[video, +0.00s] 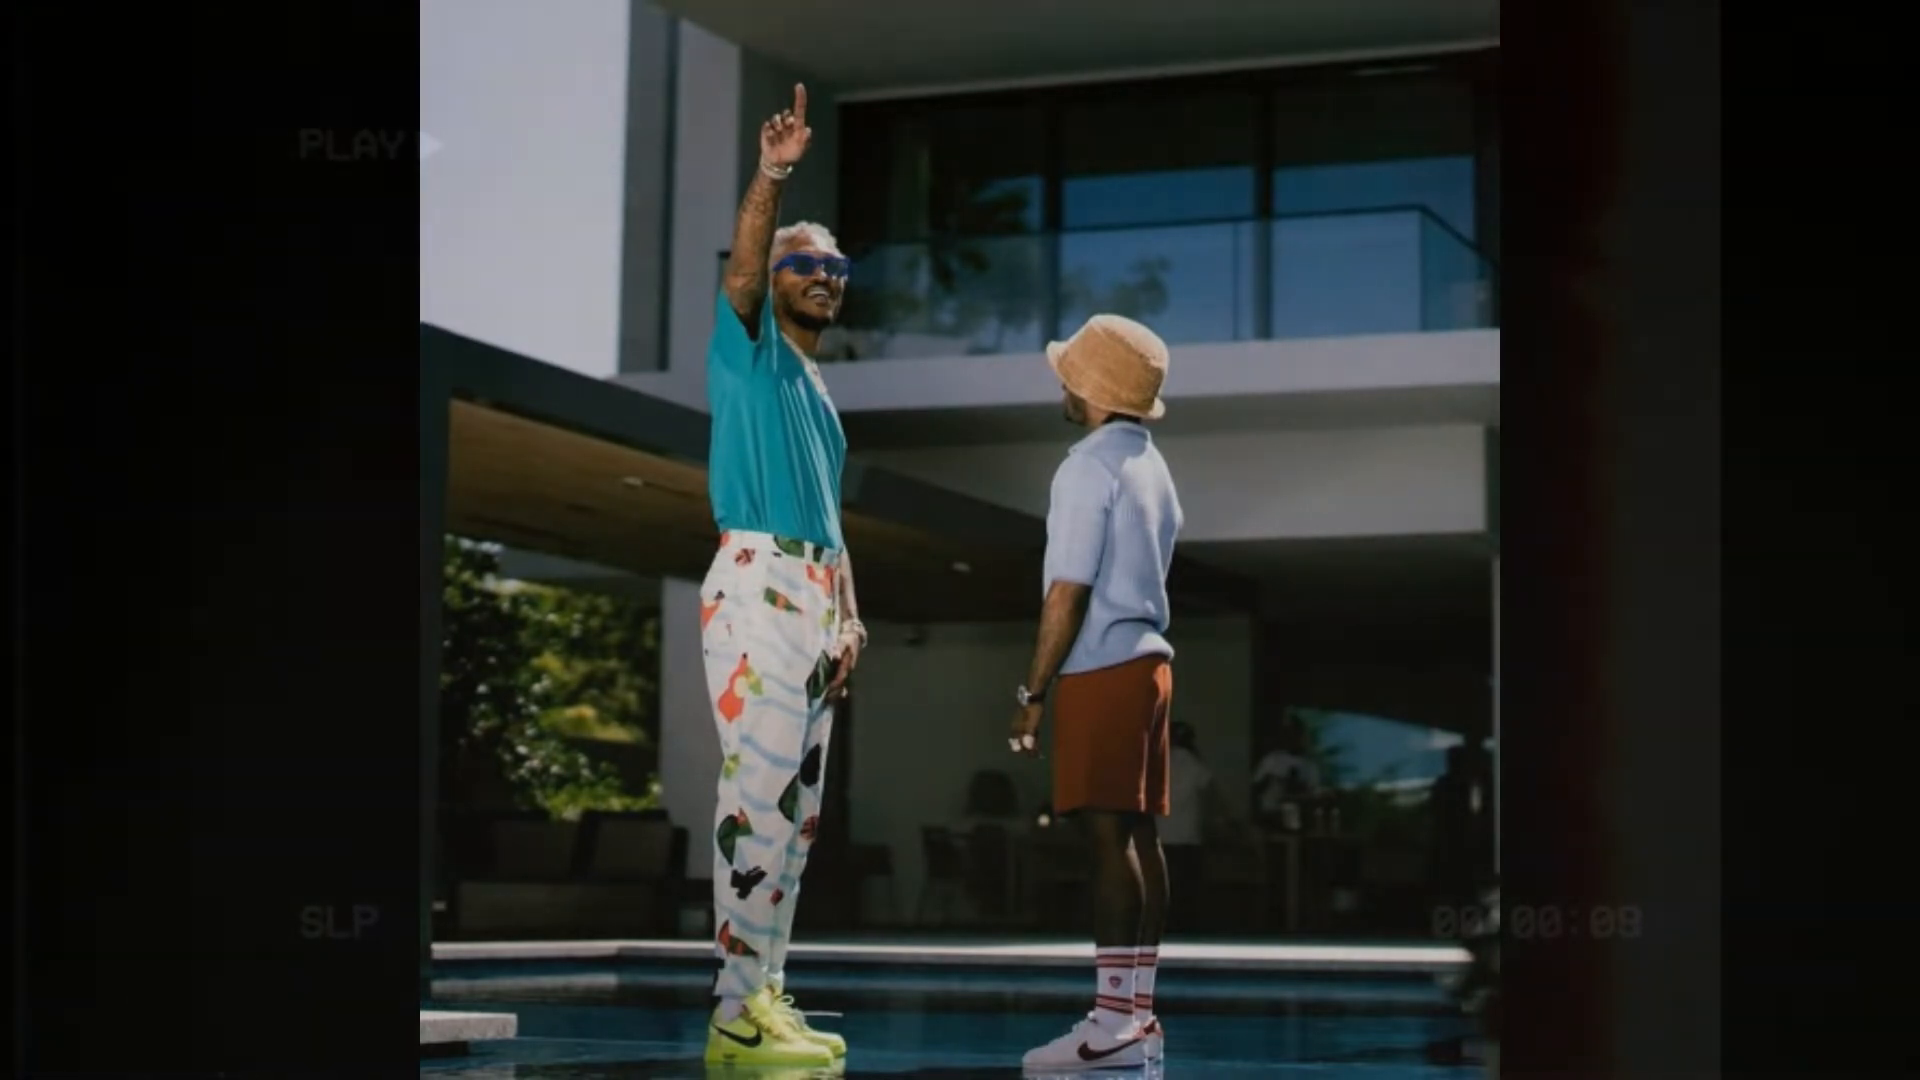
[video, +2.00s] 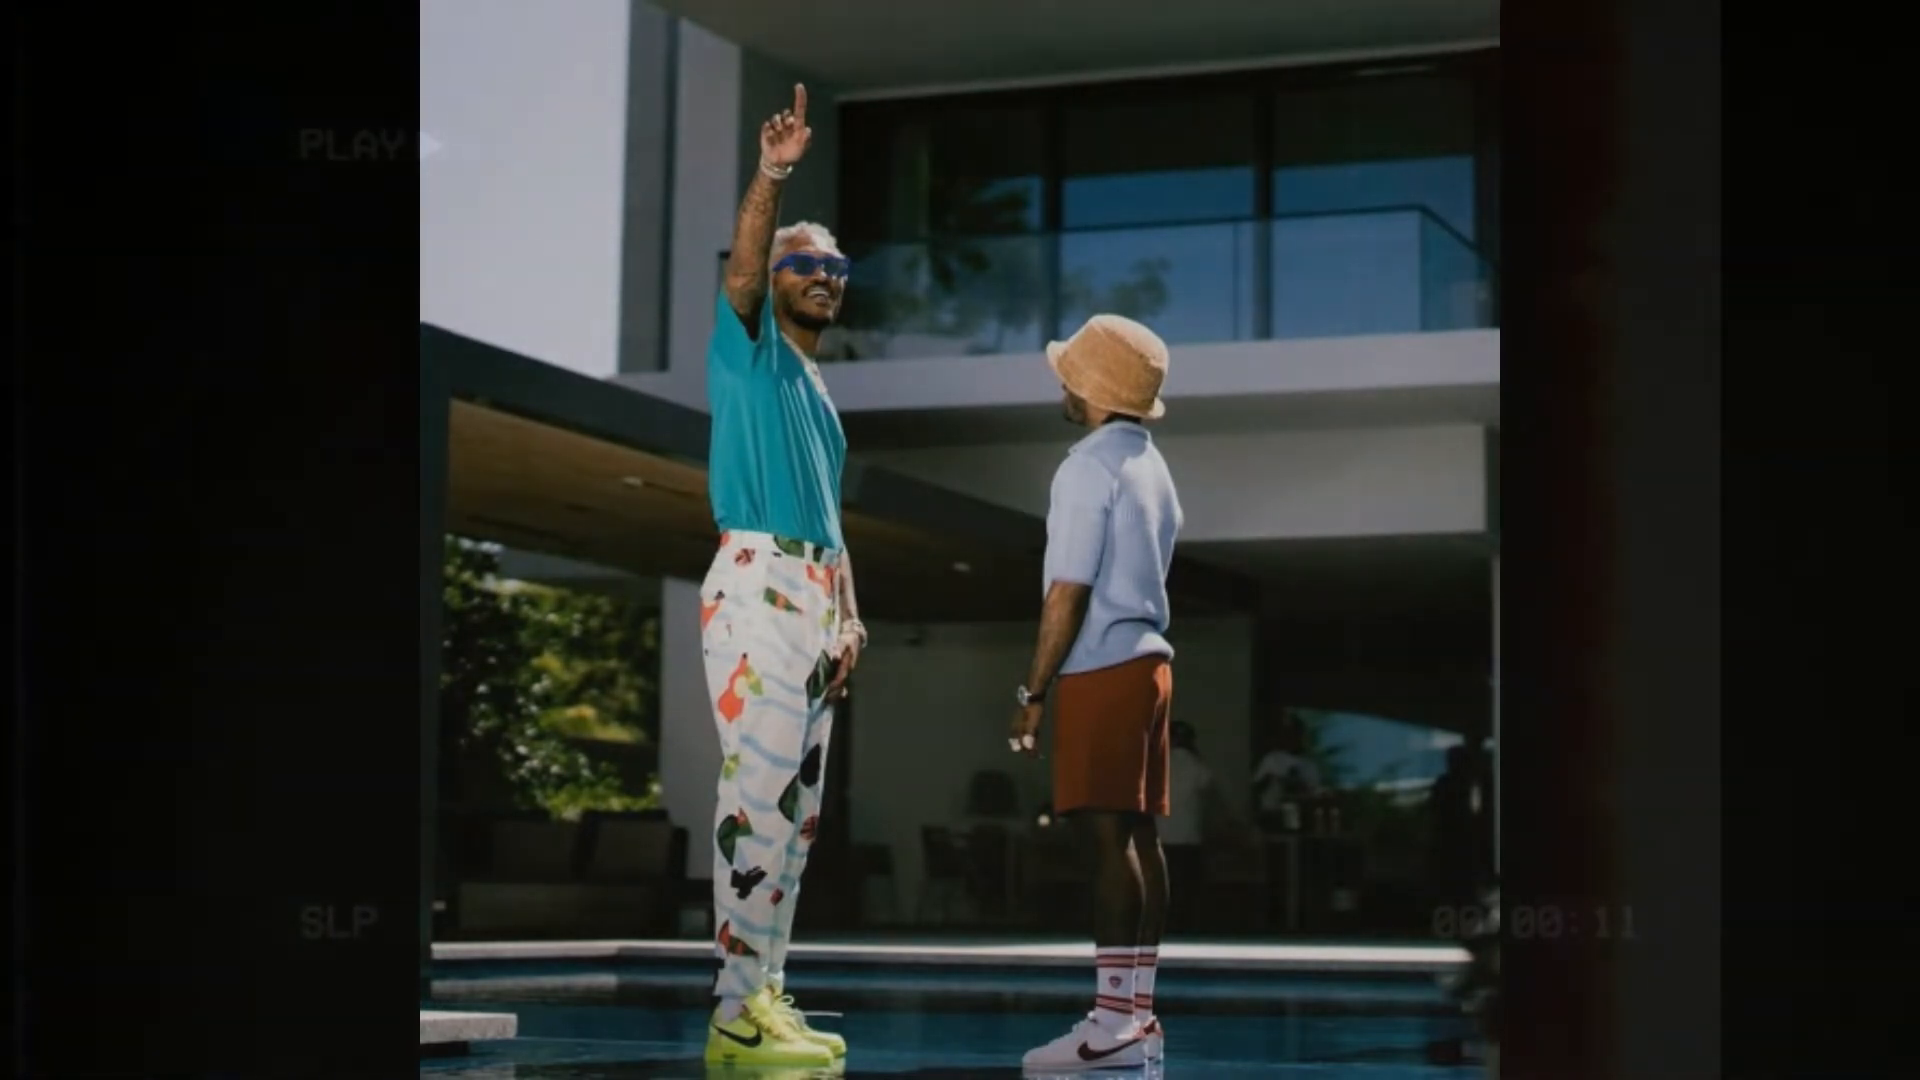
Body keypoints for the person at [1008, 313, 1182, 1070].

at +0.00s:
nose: (1064, 387)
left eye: (1072, 377)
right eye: (1068, 376)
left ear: (1092, 390)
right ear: (1130, 394)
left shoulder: (1088, 468)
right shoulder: (1148, 463)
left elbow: (1067, 594)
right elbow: (1149, 576)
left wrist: (1032, 691)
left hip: (1104, 669)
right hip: (1146, 665)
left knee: (1108, 838)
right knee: (1139, 838)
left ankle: (1116, 1015)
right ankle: (1135, 1012)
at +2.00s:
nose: (1064, 388)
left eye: (1072, 378)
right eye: (1068, 376)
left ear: (1093, 390)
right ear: (1130, 394)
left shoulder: (1088, 468)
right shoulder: (1147, 463)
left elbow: (1068, 594)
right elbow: (1147, 579)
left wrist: (1032, 691)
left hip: (1104, 669)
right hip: (1146, 665)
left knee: (1109, 838)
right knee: (1140, 838)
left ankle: (1116, 1015)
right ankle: (1135, 1012)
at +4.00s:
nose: (1064, 389)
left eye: (1072, 379)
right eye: (1068, 377)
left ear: (1093, 391)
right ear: (1130, 395)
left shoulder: (1088, 468)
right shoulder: (1147, 463)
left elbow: (1067, 595)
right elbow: (1146, 580)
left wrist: (1031, 692)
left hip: (1104, 668)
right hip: (1146, 665)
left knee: (1108, 838)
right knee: (1139, 838)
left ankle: (1115, 1015)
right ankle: (1135, 1012)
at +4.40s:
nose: (1064, 390)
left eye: (1072, 380)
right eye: (1068, 378)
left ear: (1092, 391)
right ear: (1131, 395)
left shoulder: (1088, 468)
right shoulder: (1148, 463)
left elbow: (1067, 595)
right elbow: (1148, 578)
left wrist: (1031, 692)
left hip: (1104, 669)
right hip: (1146, 666)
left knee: (1109, 839)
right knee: (1139, 838)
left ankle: (1115, 1015)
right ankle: (1135, 1012)